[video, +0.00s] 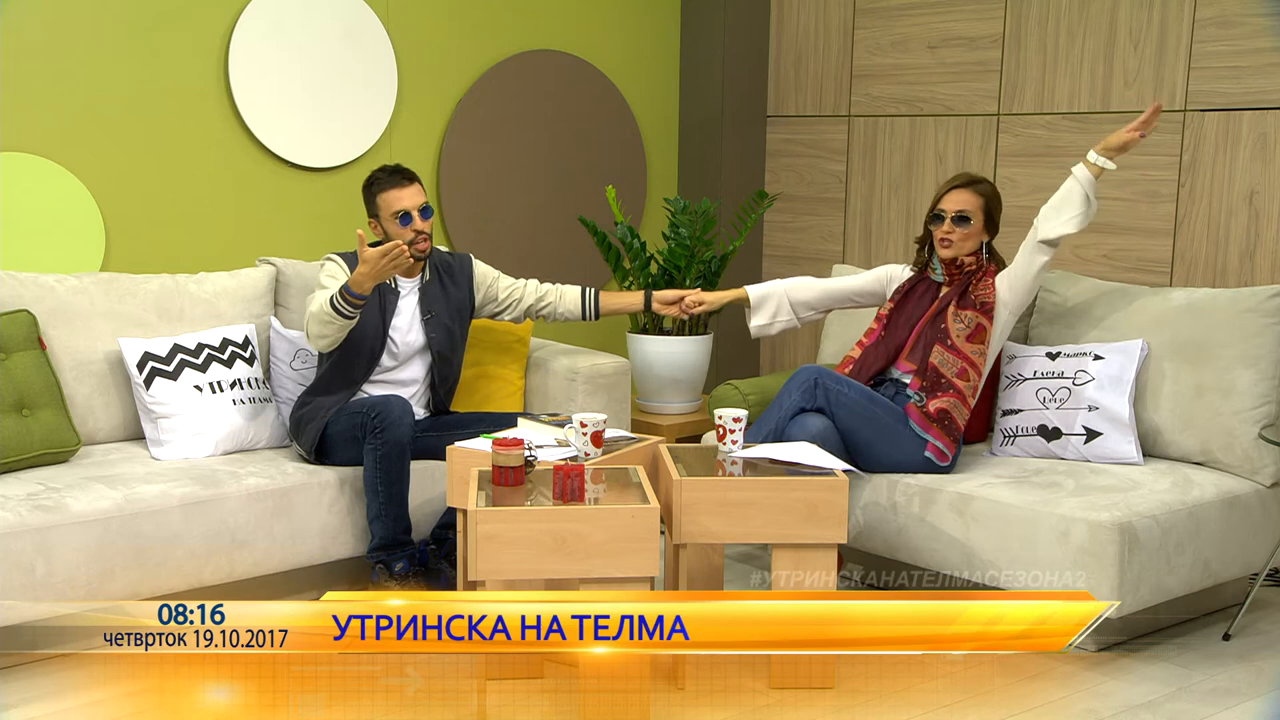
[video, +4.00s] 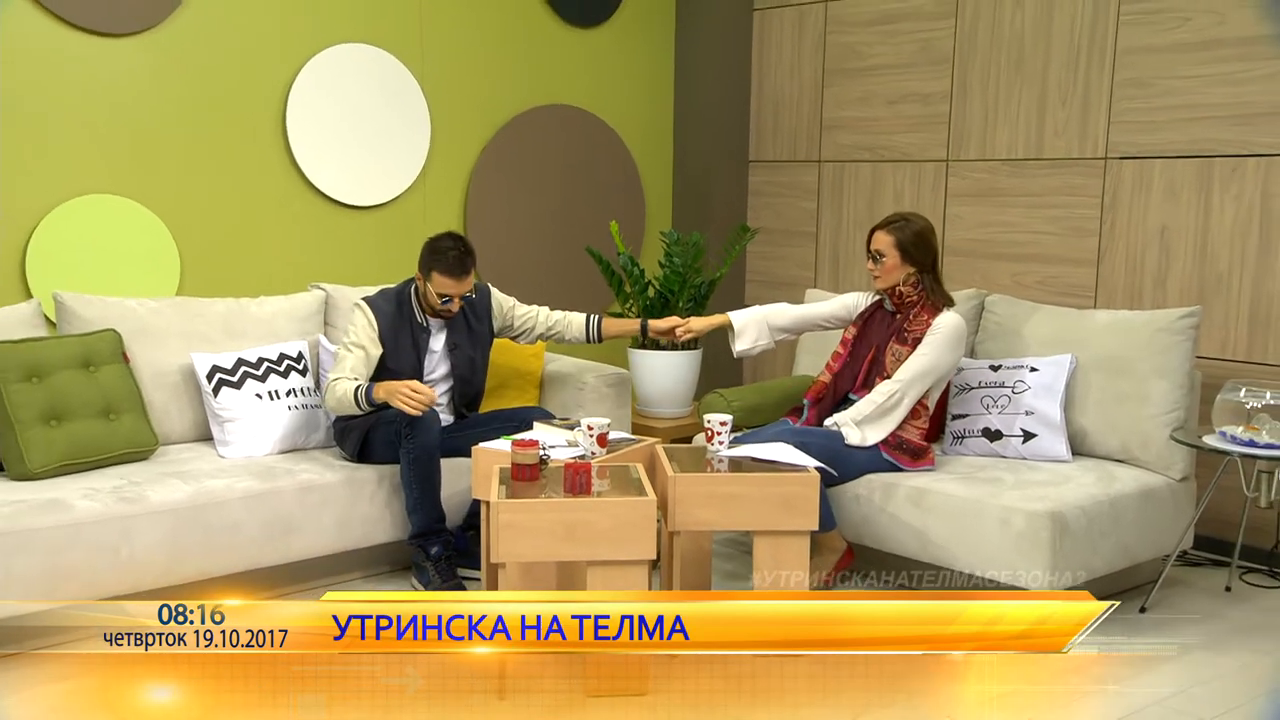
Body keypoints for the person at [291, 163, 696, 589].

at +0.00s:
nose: (419, 226)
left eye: (424, 212)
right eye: (402, 218)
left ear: (433, 212)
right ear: (374, 227)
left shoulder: (460, 273)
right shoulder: (345, 271)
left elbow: (543, 299)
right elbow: (319, 337)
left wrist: (650, 299)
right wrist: (361, 284)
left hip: (417, 421)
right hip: (332, 423)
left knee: (515, 430)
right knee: (393, 411)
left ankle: (443, 549)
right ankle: (393, 558)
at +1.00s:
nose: (422, 225)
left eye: (428, 212)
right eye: (406, 216)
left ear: (438, 215)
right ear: (381, 226)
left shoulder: (465, 276)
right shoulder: (354, 275)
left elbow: (550, 301)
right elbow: (320, 343)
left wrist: (656, 301)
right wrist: (355, 288)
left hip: (416, 421)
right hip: (332, 422)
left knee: (514, 431)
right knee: (393, 410)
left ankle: (443, 550)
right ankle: (392, 559)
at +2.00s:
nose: (439, 229)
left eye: (439, 216)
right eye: (425, 220)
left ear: (439, 215)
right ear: (386, 230)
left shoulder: (452, 276)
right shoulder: (331, 285)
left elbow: (527, 316)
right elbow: (306, 381)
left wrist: (631, 338)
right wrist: (370, 385)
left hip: (420, 422)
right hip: (332, 426)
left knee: (523, 431)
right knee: (392, 413)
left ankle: (439, 552)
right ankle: (390, 560)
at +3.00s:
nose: (392, 232)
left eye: (406, 223)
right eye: (383, 221)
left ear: (426, 232)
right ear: (372, 228)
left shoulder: (454, 283)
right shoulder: (341, 295)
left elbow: (528, 322)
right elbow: (328, 388)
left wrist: (627, 339)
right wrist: (382, 389)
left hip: (435, 419)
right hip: (353, 424)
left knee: (531, 429)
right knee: (404, 414)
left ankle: (452, 548)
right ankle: (409, 557)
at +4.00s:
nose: (455, 306)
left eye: (465, 296)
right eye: (445, 298)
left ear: (474, 281)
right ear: (421, 280)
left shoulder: (485, 303)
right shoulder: (376, 314)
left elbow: (554, 323)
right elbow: (335, 392)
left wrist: (644, 327)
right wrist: (380, 391)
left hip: (447, 427)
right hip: (375, 431)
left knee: (540, 422)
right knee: (423, 418)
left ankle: (468, 541)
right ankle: (432, 554)